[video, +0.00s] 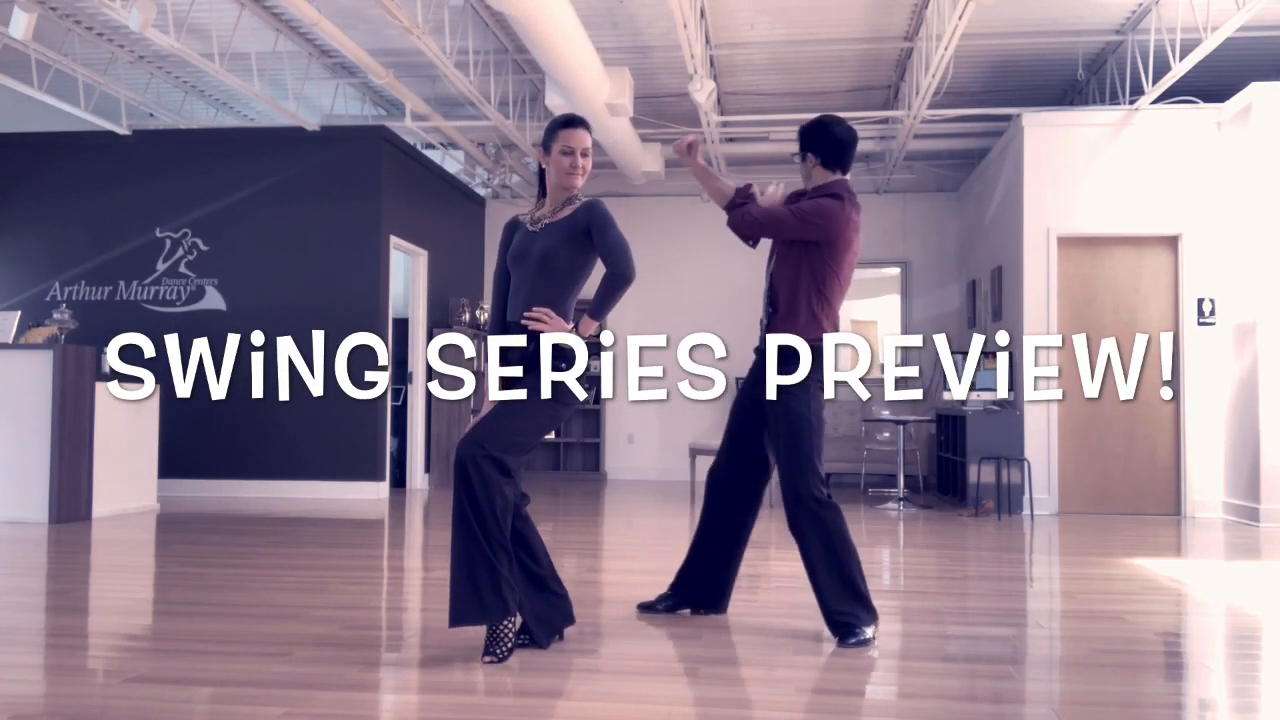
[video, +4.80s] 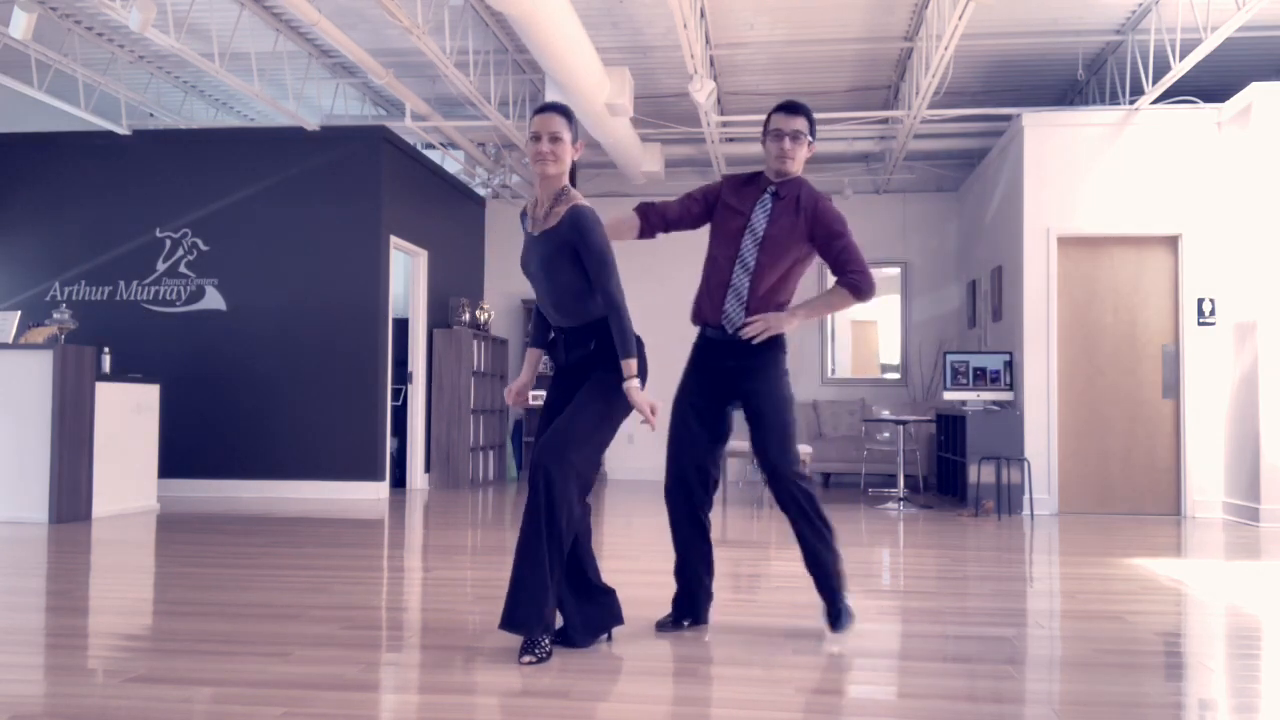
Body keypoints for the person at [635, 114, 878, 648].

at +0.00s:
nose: (797, 164)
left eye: (800, 156)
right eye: (799, 156)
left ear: (811, 159)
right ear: (841, 159)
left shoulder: (831, 208)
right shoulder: (818, 204)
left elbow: (751, 221)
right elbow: (750, 223)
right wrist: (699, 168)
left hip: (798, 363)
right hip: (775, 360)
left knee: (805, 491)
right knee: (732, 480)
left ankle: (854, 618)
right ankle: (699, 592)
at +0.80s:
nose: (778, 183)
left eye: (786, 171)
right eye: (770, 177)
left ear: (809, 164)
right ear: (765, 180)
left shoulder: (830, 215)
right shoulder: (786, 215)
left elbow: (787, 292)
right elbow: (740, 237)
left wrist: (766, 256)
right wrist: (713, 198)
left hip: (793, 365)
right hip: (762, 362)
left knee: (799, 491)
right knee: (722, 477)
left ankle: (854, 618)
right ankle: (696, 592)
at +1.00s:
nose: (790, 156)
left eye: (798, 147)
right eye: (778, 149)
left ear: (811, 153)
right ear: (764, 158)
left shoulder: (823, 208)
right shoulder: (767, 211)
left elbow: (848, 280)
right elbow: (756, 265)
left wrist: (779, 302)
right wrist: (729, 283)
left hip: (795, 356)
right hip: (759, 355)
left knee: (805, 488)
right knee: (725, 475)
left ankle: (855, 617)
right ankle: (696, 591)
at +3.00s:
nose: (792, 169)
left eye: (801, 161)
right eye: (791, 161)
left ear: (833, 163)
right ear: (812, 164)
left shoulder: (850, 224)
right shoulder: (797, 217)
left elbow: (877, 301)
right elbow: (770, 278)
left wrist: (816, 334)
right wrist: (743, 324)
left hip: (787, 365)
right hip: (750, 360)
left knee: (810, 489)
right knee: (721, 480)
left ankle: (854, 617)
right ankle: (697, 592)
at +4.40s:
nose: (793, 163)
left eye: (804, 154)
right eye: (792, 155)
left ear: (837, 159)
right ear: (807, 163)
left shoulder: (865, 218)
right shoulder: (791, 224)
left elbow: (906, 294)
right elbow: (740, 276)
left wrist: (848, 347)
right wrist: (690, 319)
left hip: (811, 370)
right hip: (764, 364)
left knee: (808, 493)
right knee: (706, 473)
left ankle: (857, 617)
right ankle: (699, 584)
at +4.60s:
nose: (797, 149)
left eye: (807, 141)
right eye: (789, 142)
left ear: (829, 152)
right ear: (780, 151)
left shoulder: (838, 208)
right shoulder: (765, 212)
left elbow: (885, 279)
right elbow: (700, 250)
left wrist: (831, 336)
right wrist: (630, 271)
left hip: (794, 363)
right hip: (745, 360)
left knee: (815, 490)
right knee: (694, 487)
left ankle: (856, 618)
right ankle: (688, 602)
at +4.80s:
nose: (785, 145)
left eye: (796, 137)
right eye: (776, 135)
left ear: (810, 148)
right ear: (762, 142)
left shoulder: (813, 206)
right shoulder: (730, 191)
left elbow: (859, 284)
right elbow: (656, 216)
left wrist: (794, 316)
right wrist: (587, 231)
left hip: (762, 356)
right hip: (709, 351)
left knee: (783, 473)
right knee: (684, 480)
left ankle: (833, 592)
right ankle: (691, 604)